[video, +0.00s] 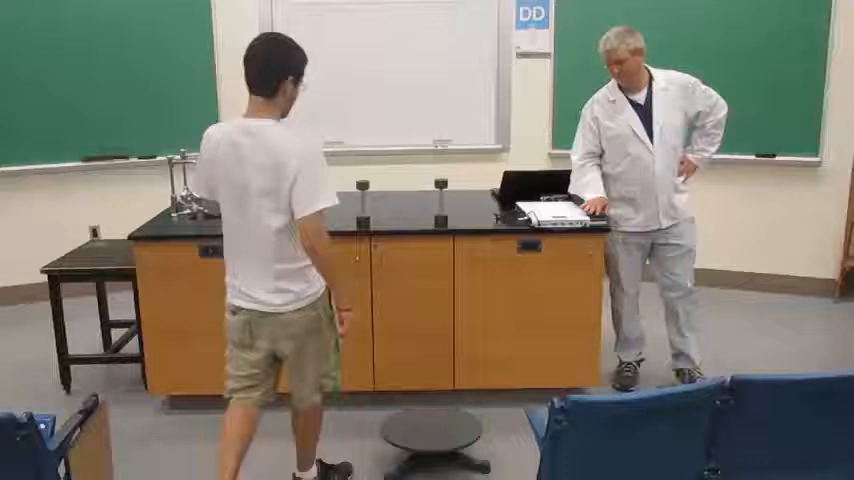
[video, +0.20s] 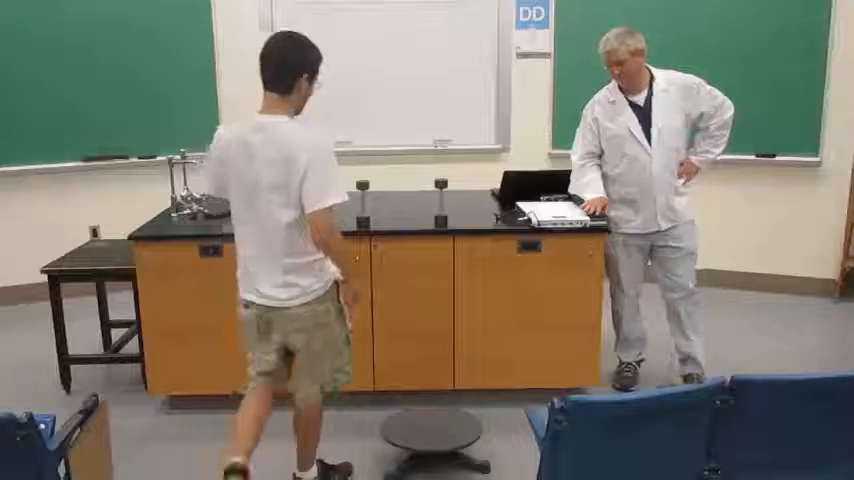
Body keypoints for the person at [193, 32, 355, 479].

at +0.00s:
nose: (299, 93)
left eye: (300, 83)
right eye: (298, 83)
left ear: (249, 79)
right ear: (287, 84)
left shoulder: (216, 138)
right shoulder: (298, 146)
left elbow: (210, 199)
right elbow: (313, 237)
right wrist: (338, 294)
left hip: (244, 300)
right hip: (298, 302)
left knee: (244, 397)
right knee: (308, 395)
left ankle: (226, 475)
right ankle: (306, 470)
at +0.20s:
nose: (313, 90)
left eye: (314, 80)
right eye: (313, 80)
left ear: (263, 76)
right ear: (301, 82)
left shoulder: (229, 138)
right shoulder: (308, 143)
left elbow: (215, 196)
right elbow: (322, 229)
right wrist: (349, 278)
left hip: (256, 292)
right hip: (307, 294)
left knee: (263, 379)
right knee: (309, 390)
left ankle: (237, 459)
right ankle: (306, 471)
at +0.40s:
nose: (335, 87)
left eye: (335, 78)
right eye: (335, 78)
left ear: (289, 74)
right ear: (325, 78)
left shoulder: (258, 128)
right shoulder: (324, 138)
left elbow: (232, 197)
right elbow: (334, 218)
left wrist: (268, 223)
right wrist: (352, 243)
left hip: (273, 275)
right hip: (315, 280)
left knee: (291, 362)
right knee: (314, 374)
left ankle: (295, 443)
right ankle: (308, 467)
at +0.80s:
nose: (347, 83)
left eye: (347, 75)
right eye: (347, 75)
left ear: (306, 74)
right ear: (336, 75)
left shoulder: (279, 129)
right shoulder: (339, 126)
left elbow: (273, 197)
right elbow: (356, 202)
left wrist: (317, 195)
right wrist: (375, 223)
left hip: (303, 258)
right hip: (338, 260)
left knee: (330, 341)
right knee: (344, 354)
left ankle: (339, 412)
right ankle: (314, 451)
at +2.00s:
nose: (371, 104)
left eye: (374, 95)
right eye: (369, 95)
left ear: (342, 84)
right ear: (343, 84)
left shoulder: (334, 124)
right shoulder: (323, 131)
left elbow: (341, 198)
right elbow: (310, 210)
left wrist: (362, 245)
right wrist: (347, 259)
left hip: (339, 257)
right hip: (326, 261)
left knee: (342, 343)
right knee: (330, 356)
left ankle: (339, 409)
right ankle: (328, 447)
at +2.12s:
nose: (378, 104)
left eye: (381, 95)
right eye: (374, 95)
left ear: (347, 87)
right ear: (346, 86)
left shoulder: (343, 125)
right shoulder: (327, 133)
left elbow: (341, 204)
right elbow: (305, 214)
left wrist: (363, 251)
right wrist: (334, 268)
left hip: (362, 253)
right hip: (334, 263)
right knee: (334, 360)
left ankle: (355, 372)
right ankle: (328, 447)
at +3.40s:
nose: (438, 105)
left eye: (443, 97)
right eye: (437, 95)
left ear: (412, 84)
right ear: (411, 82)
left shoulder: (397, 123)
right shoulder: (382, 127)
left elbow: (380, 199)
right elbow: (353, 198)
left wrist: (397, 252)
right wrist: (362, 267)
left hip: (403, 257)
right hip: (375, 267)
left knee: (447, 322)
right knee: (365, 362)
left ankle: (412, 401)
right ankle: (333, 444)